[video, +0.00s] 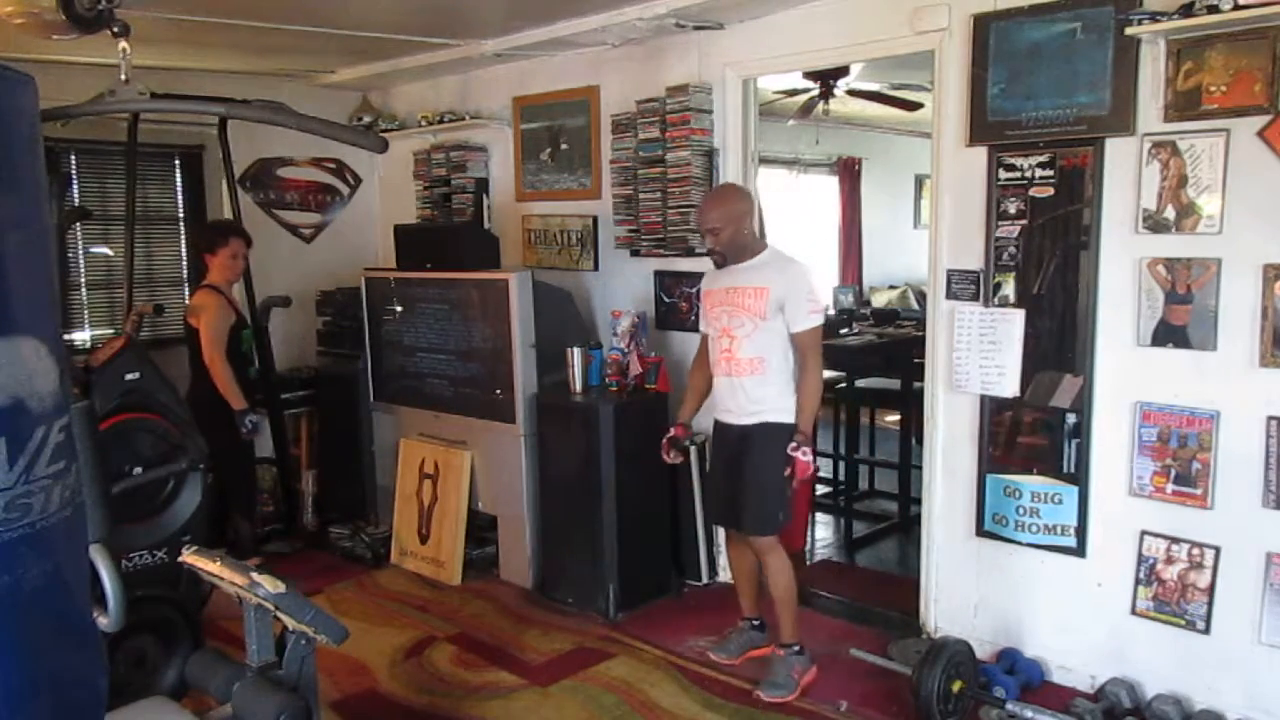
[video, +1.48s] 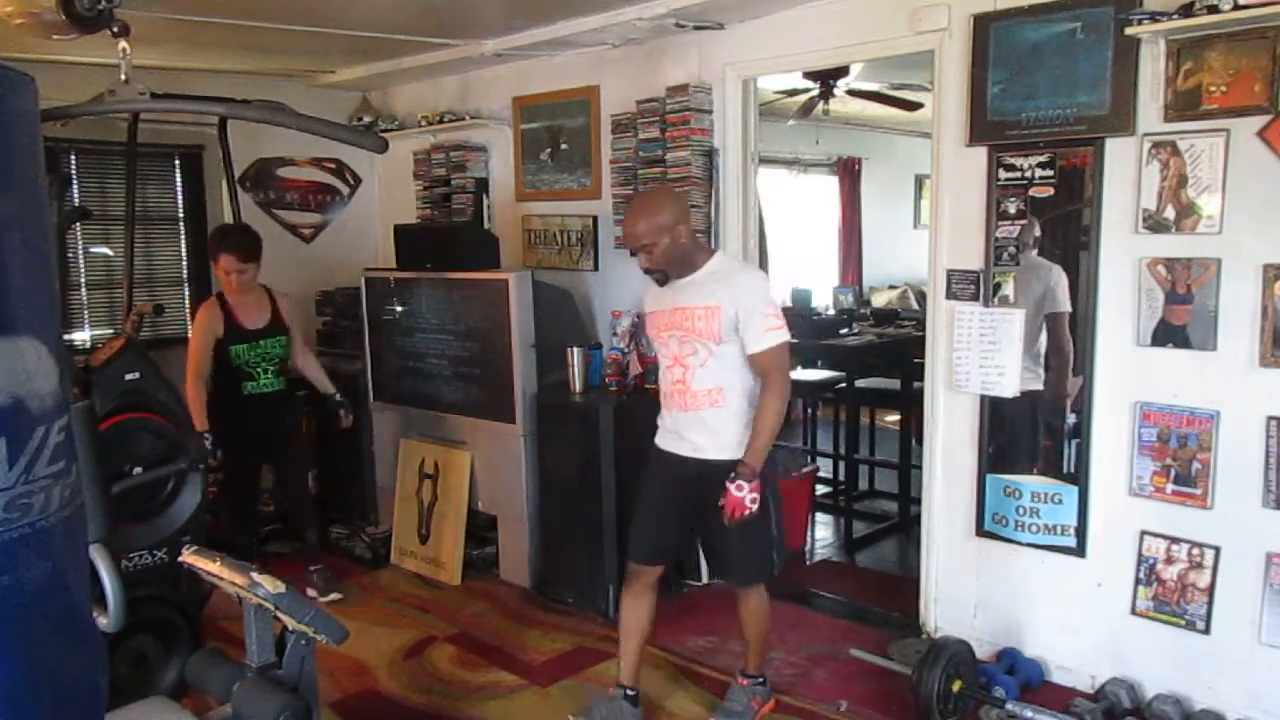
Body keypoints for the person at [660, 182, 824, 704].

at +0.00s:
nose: (708, 241)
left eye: (715, 231)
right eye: (703, 232)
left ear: (747, 222)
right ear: (707, 228)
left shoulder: (789, 276)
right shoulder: (712, 283)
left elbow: (811, 361)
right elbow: (705, 360)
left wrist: (803, 436)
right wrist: (681, 422)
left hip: (774, 425)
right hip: (726, 424)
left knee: (764, 536)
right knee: (735, 531)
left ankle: (792, 651)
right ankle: (750, 626)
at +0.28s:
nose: (699, 251)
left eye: (708, 241)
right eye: (693, 242)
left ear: (736, 229)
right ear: (691, 236)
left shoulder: (779, 275)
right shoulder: (704, 280)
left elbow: (810, 357)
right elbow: (710, 353)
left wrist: (801, 429)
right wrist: (708, 418)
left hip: (769, 420)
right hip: (724, 421)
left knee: (758, 528)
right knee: (734, 527)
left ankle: (772, 651)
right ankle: (750, 625)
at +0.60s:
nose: (694, 246)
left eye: (702, 236)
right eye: (691, 236)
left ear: (735, 229)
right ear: (699, 233)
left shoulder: (781, 286)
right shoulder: (699, 284)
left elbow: (803, 374)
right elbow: (695, 363)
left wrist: (794, 448)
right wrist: (679, 432)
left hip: (762, 438)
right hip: (714, 436)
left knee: (758, 552)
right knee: (730, 543)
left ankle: (757, 669)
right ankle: (751, 629)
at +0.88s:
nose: (685, 229)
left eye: (692, 219)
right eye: (686, 218)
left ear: (725, 221)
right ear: (723, 222)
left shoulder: (784, 288)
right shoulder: (704, 279)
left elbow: (805, 383)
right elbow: (690, 358)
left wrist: (793, 466)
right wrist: (646, 419)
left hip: (762, 446)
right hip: (708, 440)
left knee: (757, 560)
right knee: (696, 540)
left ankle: (755, 678)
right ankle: (737, 617)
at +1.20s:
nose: (681, 254)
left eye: (686, 242)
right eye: (675, 243)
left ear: (721, 226)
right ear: (700, 233)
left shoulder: (776, 286)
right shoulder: (696, 285)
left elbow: (790, 386)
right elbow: (702, 371)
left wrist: (753, 461)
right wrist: (684, 439)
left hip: (755, 455)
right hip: (697, 450)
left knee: (756, 574)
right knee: (670, 555)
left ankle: (754, 681)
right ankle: (647, 671)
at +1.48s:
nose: (639, 262)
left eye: (645, 248)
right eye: (633, 251)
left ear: (683, 233)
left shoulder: (745, 284)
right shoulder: (653, 294)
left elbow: (777, 381)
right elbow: (676, 372)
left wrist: (750, 470)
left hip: (734, 464)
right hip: (670, 458)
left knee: (748, 581)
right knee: (641, 571)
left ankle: (754, 681)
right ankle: (626, 694)